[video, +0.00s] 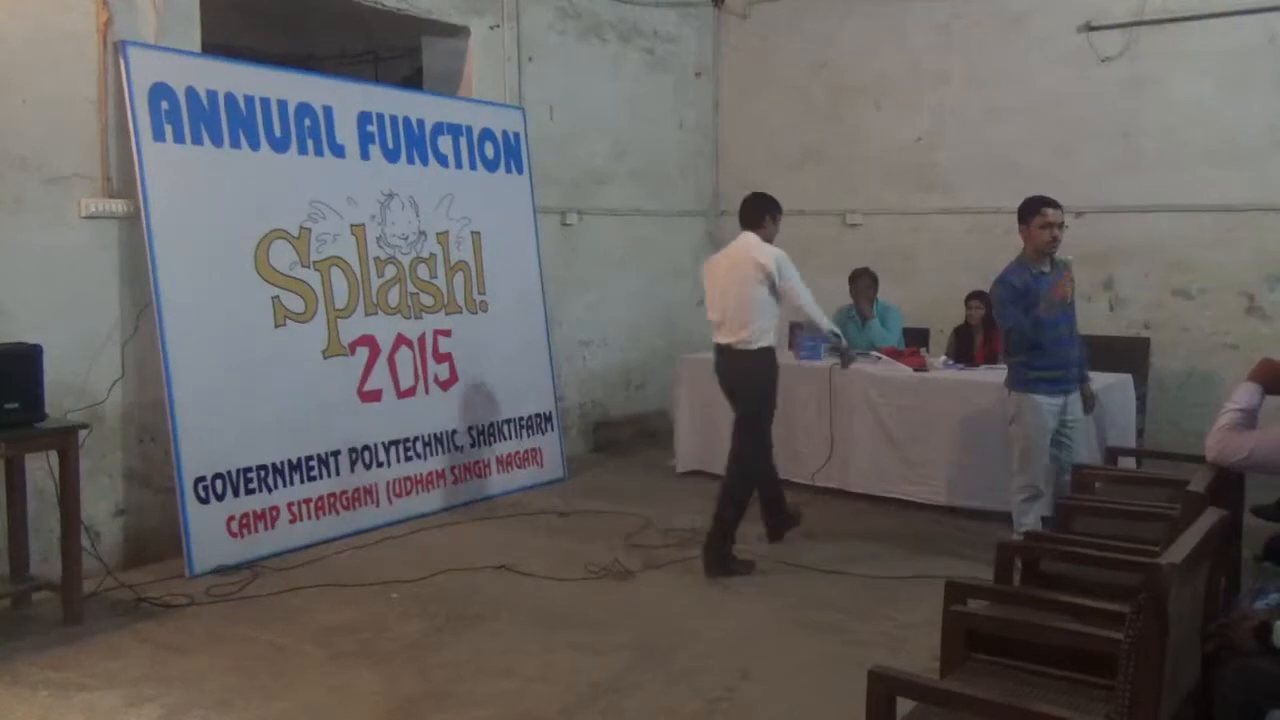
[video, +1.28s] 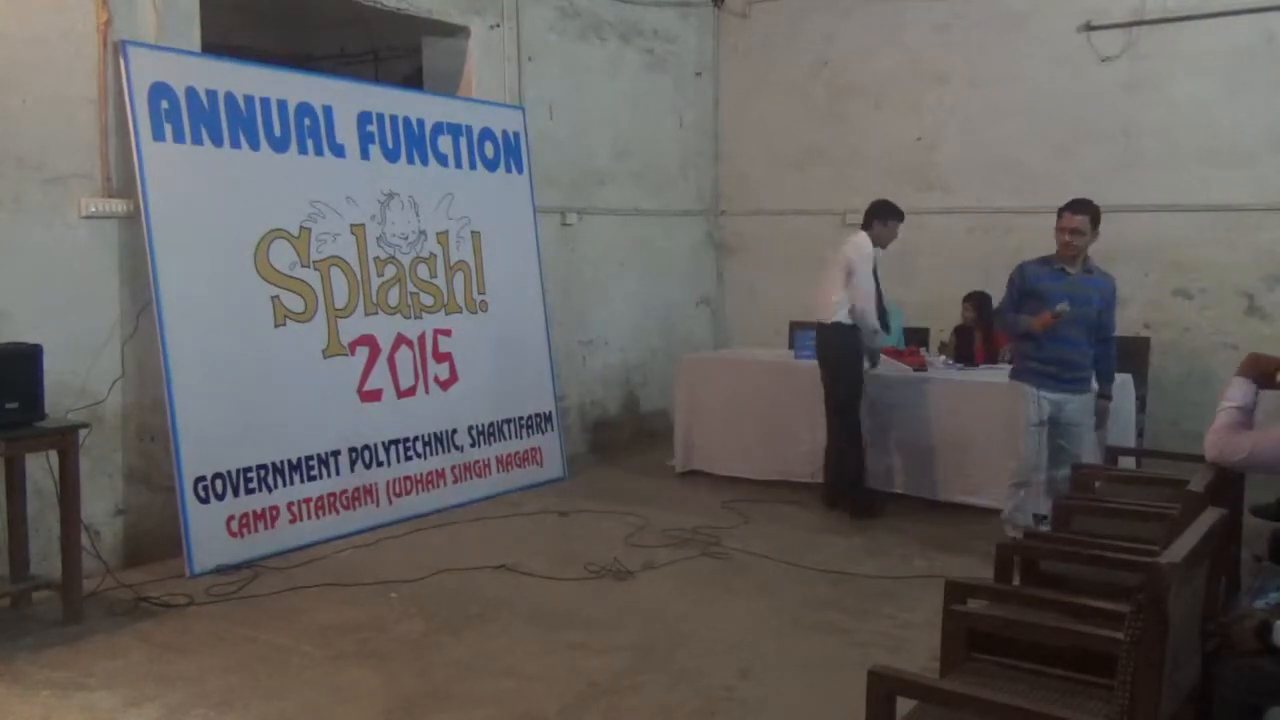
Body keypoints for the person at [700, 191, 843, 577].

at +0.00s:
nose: (778, 230)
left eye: (779, 223)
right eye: (778, 223)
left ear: (742, 222)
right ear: (766, 222)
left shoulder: (713, 262)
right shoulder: (771, 257)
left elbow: (714, 312)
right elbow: (803, 304)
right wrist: (835, 337)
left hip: (725, 362)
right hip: (758, 362)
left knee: (758, 443)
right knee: (745, 455)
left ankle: (777, 517)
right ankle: (718, 552)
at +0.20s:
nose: (801, 229)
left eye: (800, 223)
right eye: (800, 223)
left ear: (766, 222)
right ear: (791, 222)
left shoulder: (741, 264)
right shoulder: (797, 258)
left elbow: (738, 321)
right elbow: (813, 314)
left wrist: (739, 368)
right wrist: (842, 352)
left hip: (754, 360)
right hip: (788, 360)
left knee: (774, 443)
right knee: (800, 443)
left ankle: (783, 524)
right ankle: (749, 510)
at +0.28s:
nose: (811, 226)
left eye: (810, 220)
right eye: (811, 220)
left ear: (776, 218)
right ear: (802, 219)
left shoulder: (750, 258)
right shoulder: (806, 253)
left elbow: (743, 316)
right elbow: (823, 309)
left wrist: (743, 362)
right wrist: (853, 349)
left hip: (762, 355)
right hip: (799, 356)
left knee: (776, 438)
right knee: (818, 435)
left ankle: (786, 520)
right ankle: (776, 493)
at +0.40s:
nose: (828, 226)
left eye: (828, 221)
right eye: (827, 220)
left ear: (793, 217)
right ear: (819, 219)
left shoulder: (763, 255)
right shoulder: (819, 253)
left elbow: (755, 309)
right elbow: (845, 295)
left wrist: (757, 353)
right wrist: (880, 312)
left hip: (775, 354)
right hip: (811, 355)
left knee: (781, 438)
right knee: (830, 432)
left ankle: (781, 522)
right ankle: (811, 505)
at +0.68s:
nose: (865, 236)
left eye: (866, 231)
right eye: (866, 231)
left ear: (833, 226)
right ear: (858, 229)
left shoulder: (801, 260)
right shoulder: (857, 264)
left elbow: (791, 312)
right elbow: (890, 312)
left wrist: (794, 353)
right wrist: (936, 298)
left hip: (807, 355)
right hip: (845, 359)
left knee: (804, 432)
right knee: (854, 434)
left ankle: (788, 514)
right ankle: (859, 507)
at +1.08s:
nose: (894, 241)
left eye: (895, 235)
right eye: (894, 234)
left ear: (866, 225)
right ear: (884, 229)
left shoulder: (828, 251)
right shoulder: (877, 255)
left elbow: (818, 296)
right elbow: (894, 298)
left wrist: (824, 325)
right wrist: (911, 332)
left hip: (824, 337)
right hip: (854, 339)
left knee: (834, 419)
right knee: (861, 420)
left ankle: (832, 494)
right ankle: (860, 500)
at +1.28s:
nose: (896, 236)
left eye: (898, 229)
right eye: (894, 228)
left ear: (873, 224)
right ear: (877, 224)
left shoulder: (852, 243)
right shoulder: (862, 247)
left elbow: (850, 302)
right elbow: (861, 306)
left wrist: (868, 337)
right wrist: (874, 341)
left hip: (829, 332)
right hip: (842, 333)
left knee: (839, 415)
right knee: (847, 415)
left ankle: (835, 489)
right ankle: (853, 495)